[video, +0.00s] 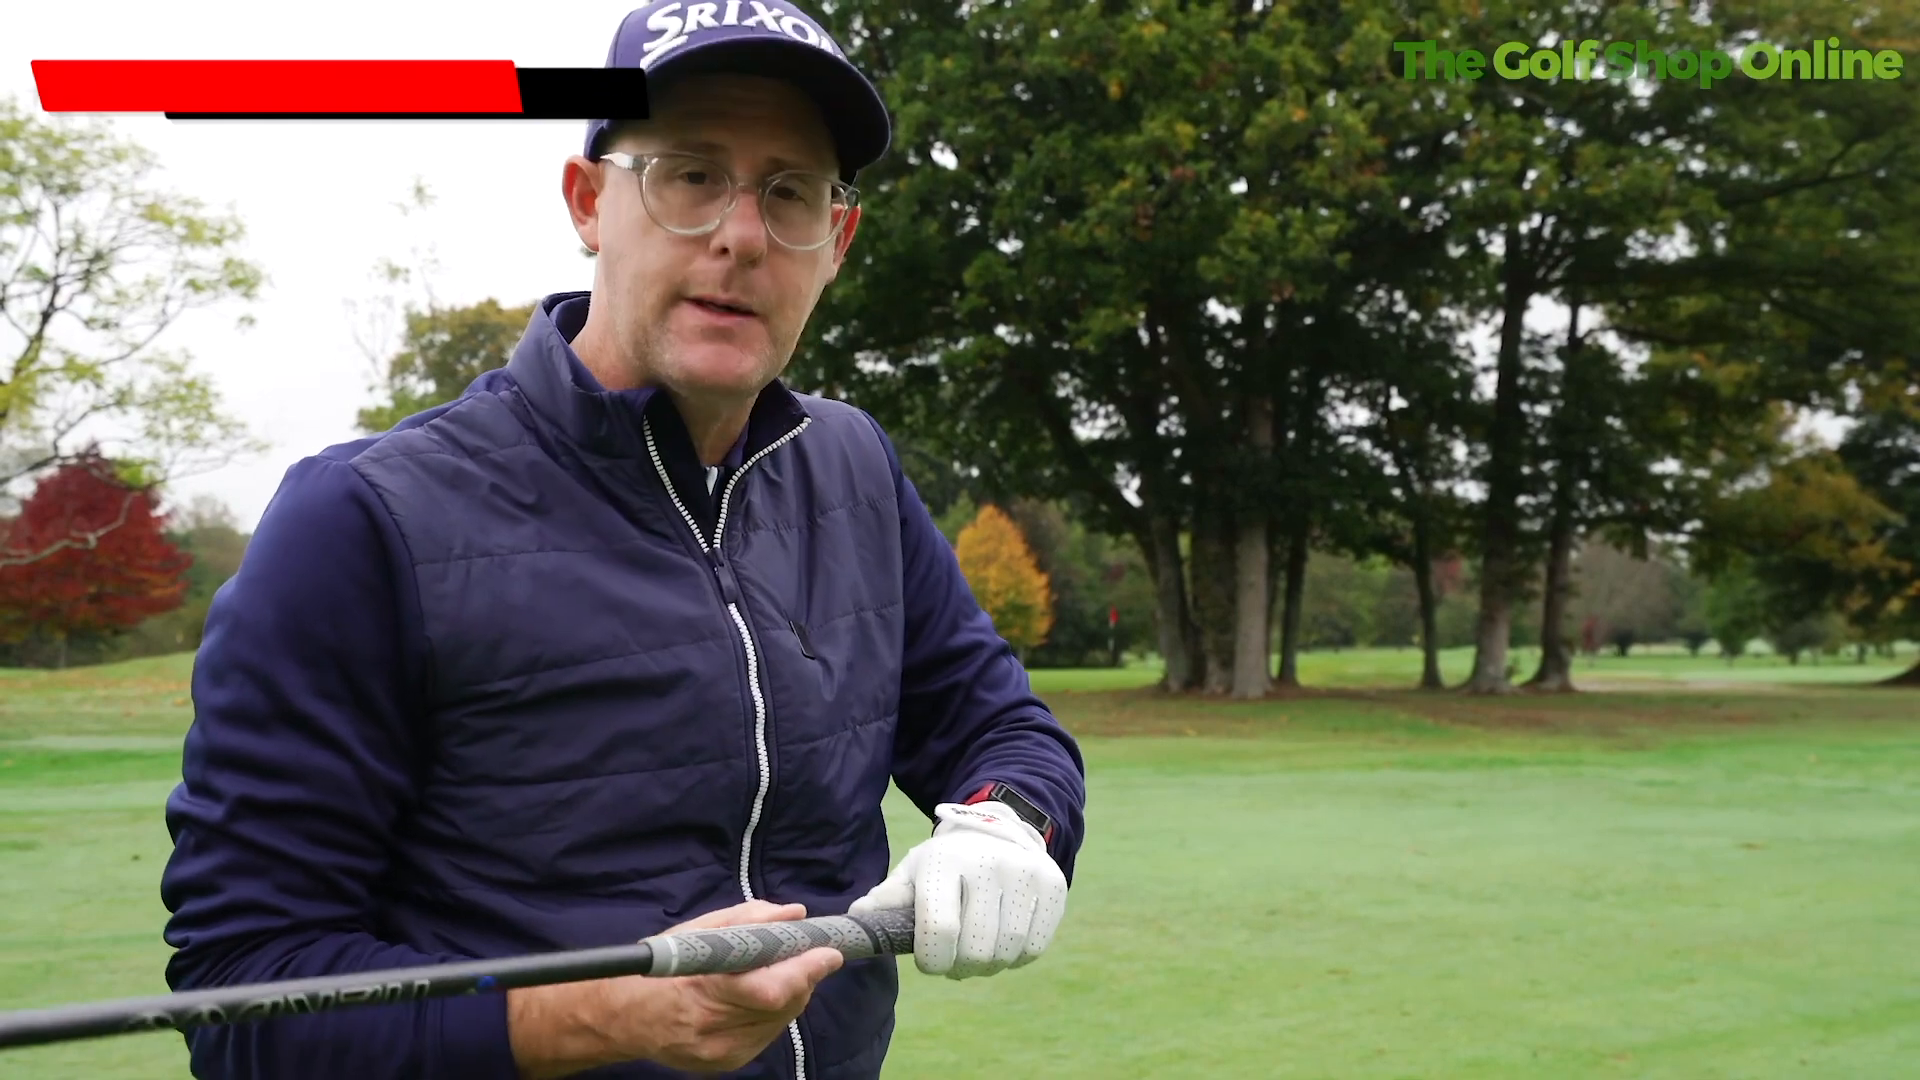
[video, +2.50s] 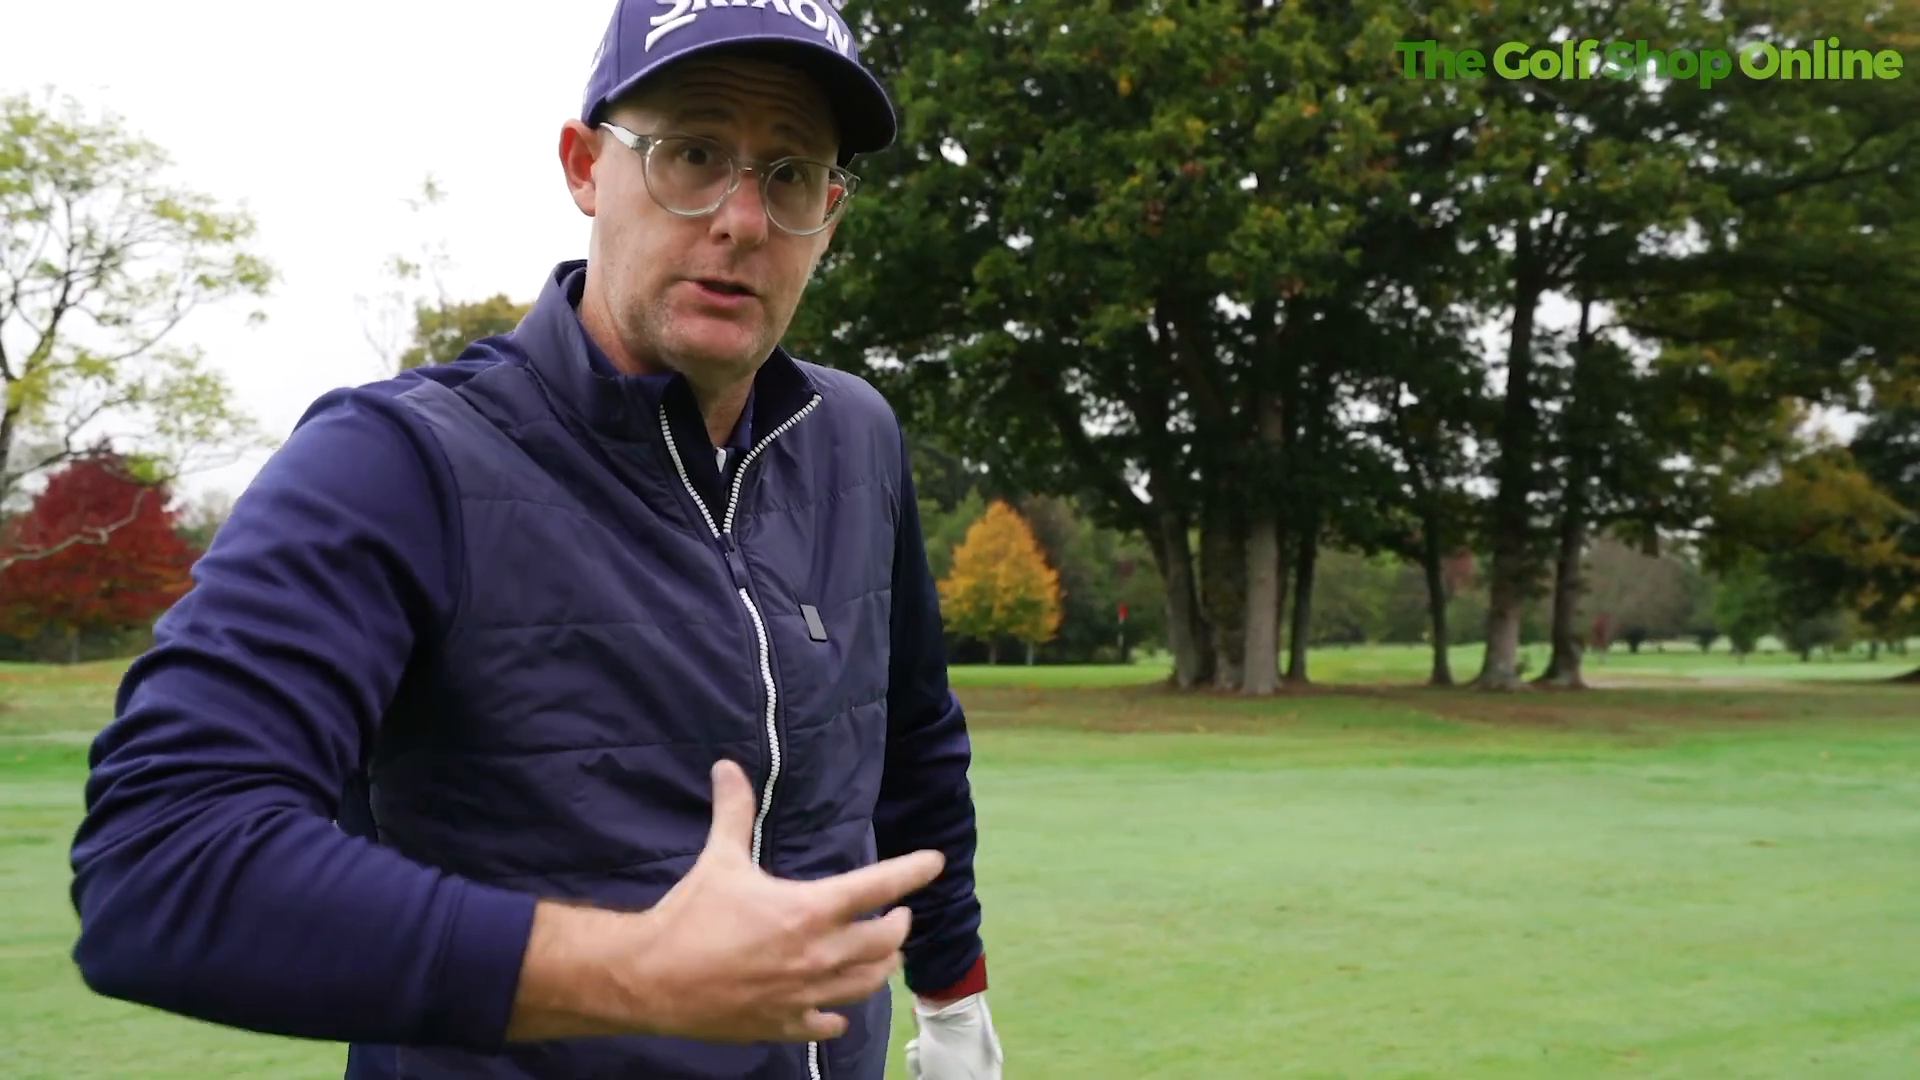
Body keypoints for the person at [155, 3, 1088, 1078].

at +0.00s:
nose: (739, 233)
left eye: (786, 189)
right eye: (692, 174)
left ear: (836, 244)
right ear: (588, 203)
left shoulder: (854, 477)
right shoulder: (370, 522)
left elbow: (1003, 729)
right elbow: (244, 997)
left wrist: (999, 824)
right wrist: (600, 1018)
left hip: (817, 1058)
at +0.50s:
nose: (757, 234)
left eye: (812, 190)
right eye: (717, 171)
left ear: (872, 247)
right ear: (624, 195)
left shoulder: (890, 494)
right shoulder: (405, 496)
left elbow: (989, 812)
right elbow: (146, 930)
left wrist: (1024, 1052)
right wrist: (532, 1037)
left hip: (853, 1061)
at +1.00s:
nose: (721, 291)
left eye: (782, 240)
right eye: (683, 216)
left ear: (857, 266)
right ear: (600, 200)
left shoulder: (893, 434)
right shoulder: (415, 484)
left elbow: (970, 690)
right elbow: (343, 979)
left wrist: (1004, 933)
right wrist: (717, 923)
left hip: (851, 1054)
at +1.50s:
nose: (784, 235)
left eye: (837, 181)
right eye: (738, 161)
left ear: (887, 224)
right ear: (631, 169)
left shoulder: (898, 473)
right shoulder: (402, 513)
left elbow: (839, 821)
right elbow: (259, 968)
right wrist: (564, 1061)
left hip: (859, 1056)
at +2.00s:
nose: (767, 200)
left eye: (811, 154)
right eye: (712, 139)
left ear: (863, 200)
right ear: (608, 170)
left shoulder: (882, 472)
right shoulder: (402, 506)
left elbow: (820, 840)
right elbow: (274, 966)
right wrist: (561, 1060)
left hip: (838, 1056)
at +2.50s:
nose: (743, 220)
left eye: (790, 172)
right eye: (695, 155)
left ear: (832, 213)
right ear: (587, 168)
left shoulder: (854, 443)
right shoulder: (401, 459)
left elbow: (915, 742)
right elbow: (159, 867)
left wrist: (952, 993)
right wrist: (620, 968)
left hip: (831, 1056)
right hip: (525, 1054)